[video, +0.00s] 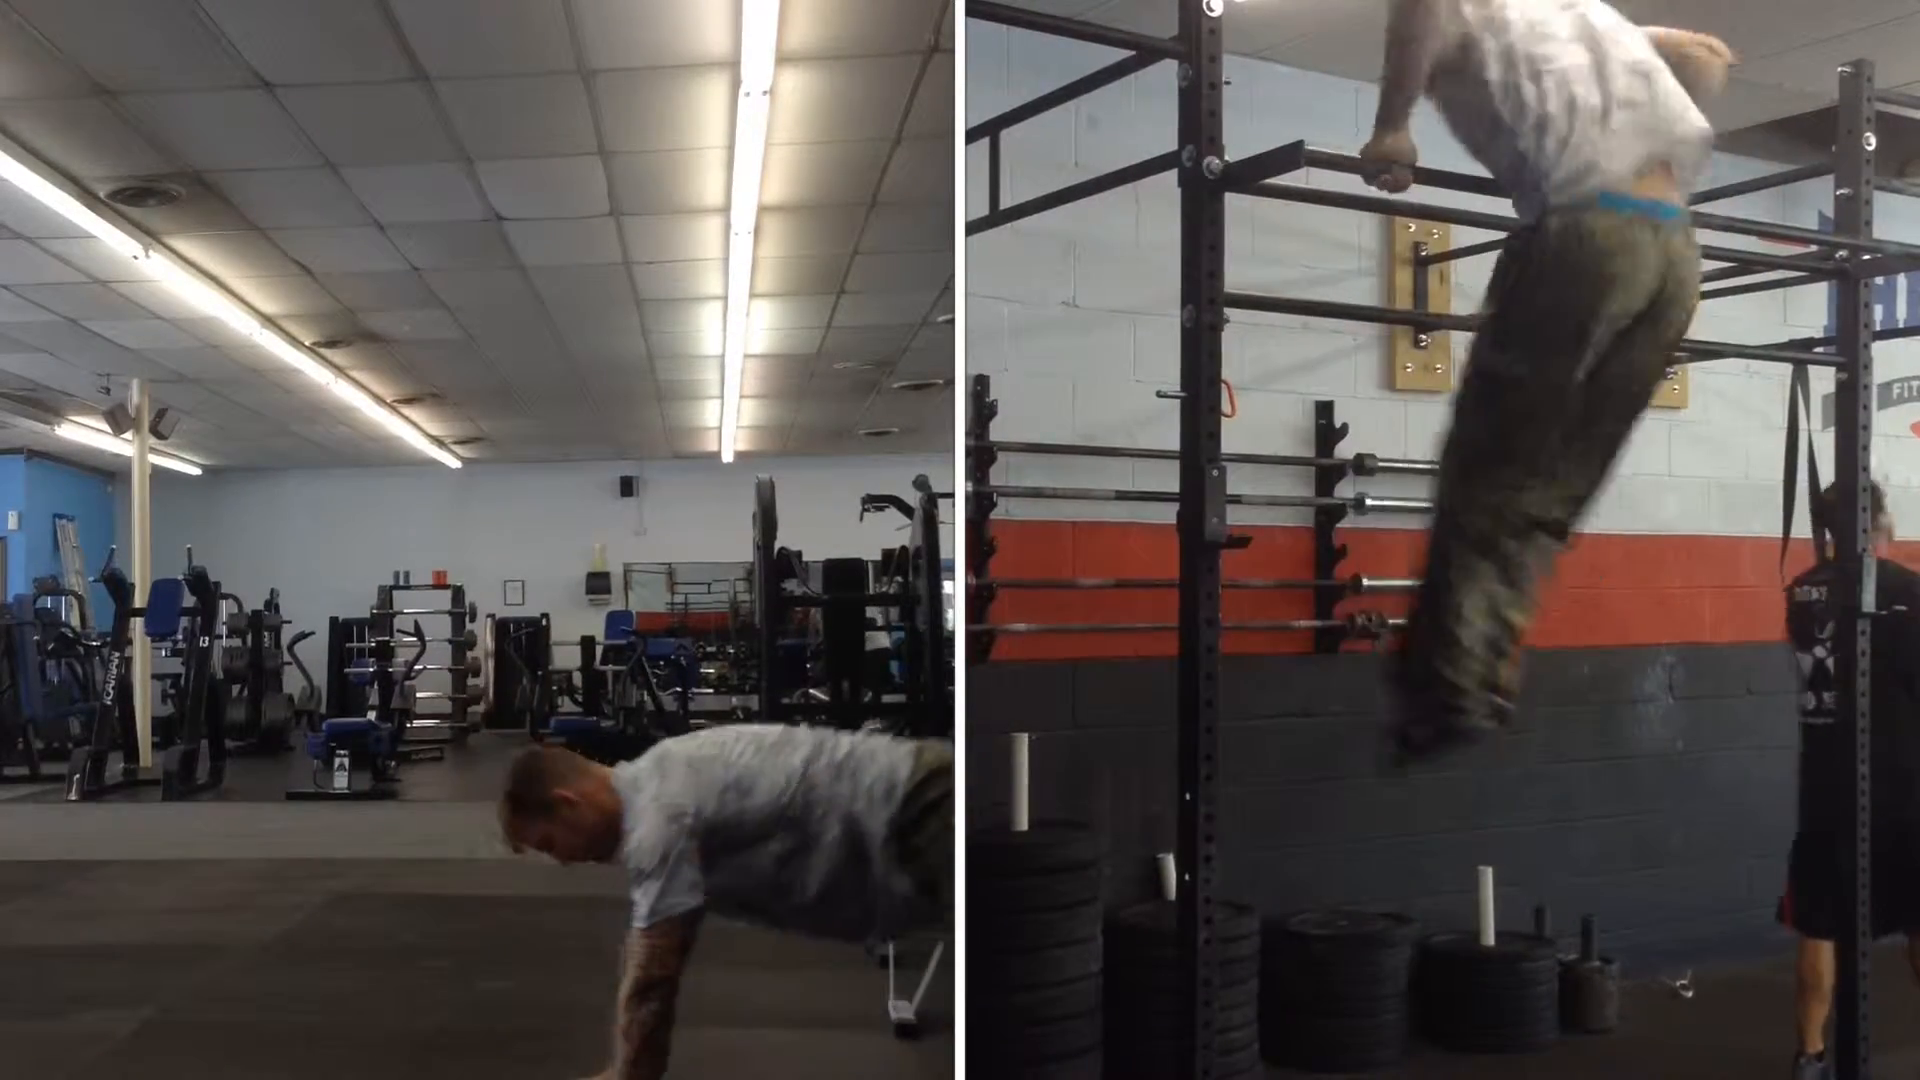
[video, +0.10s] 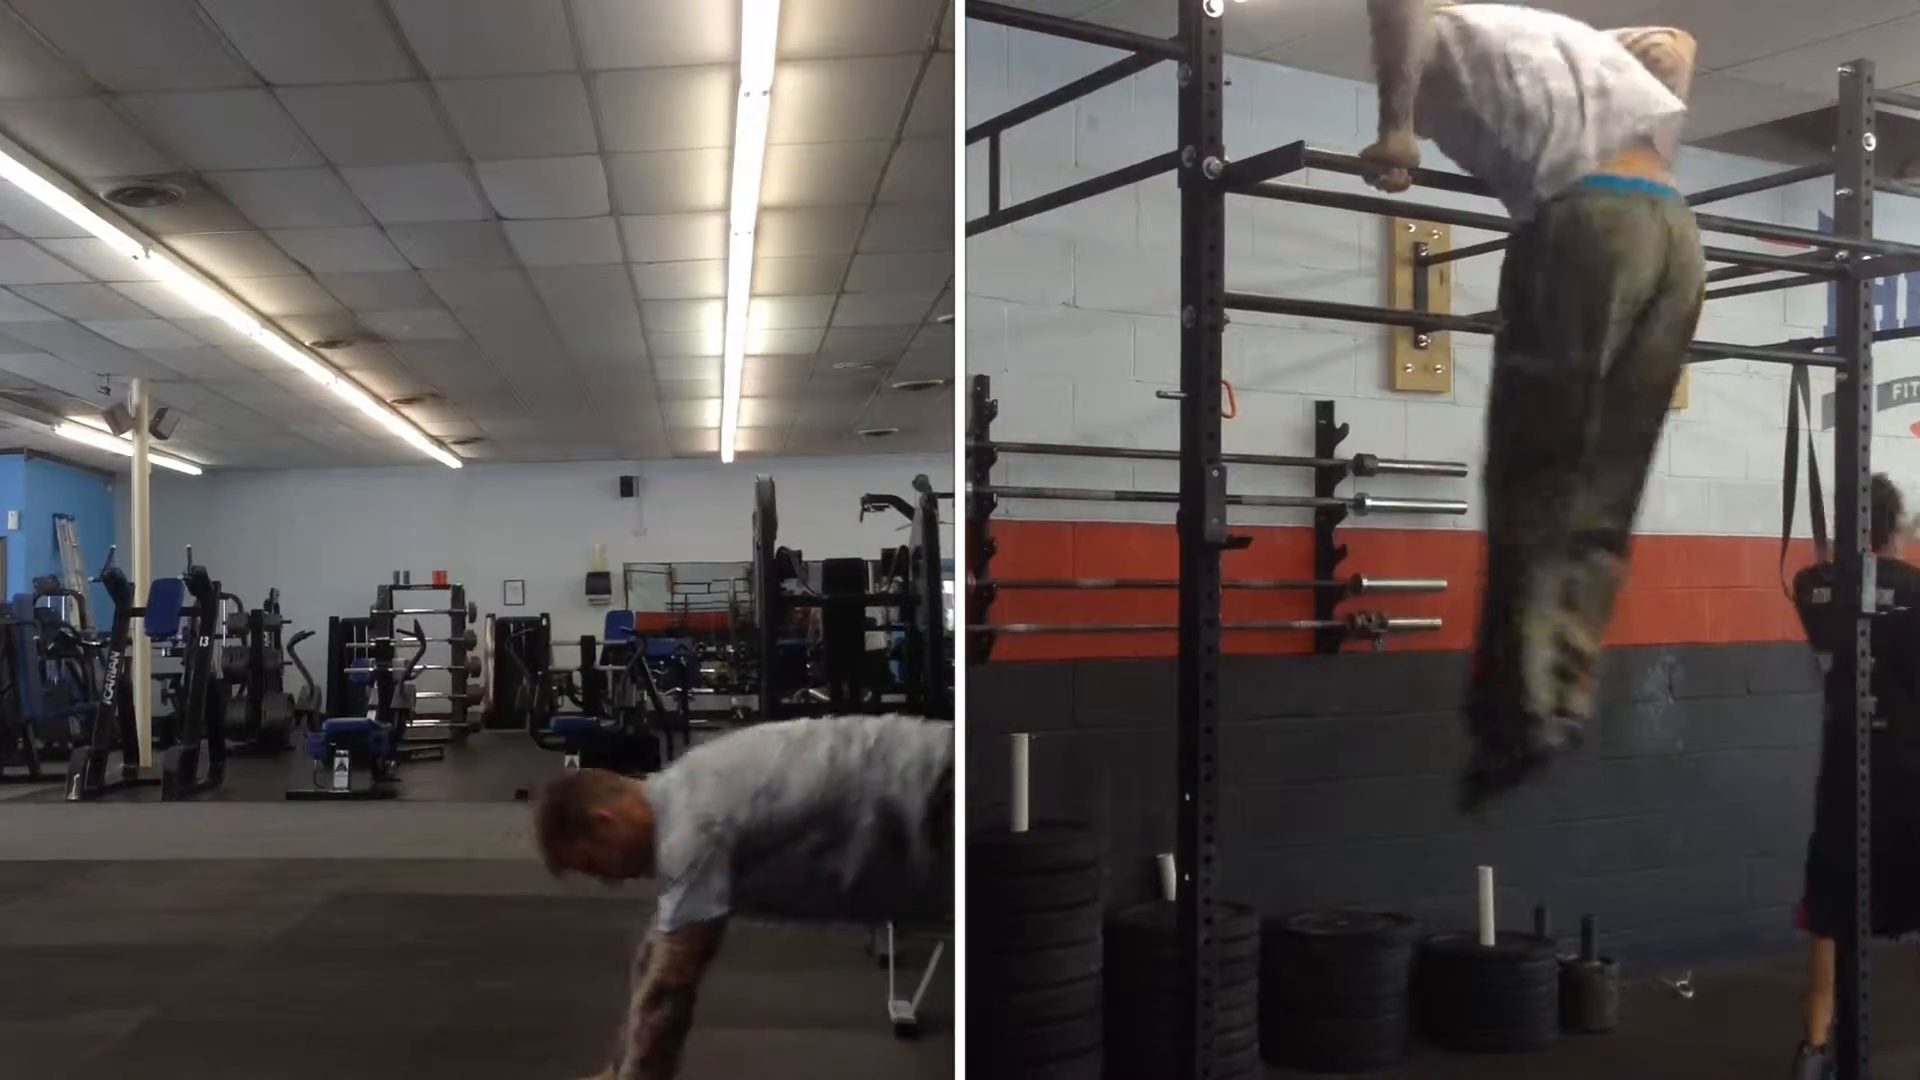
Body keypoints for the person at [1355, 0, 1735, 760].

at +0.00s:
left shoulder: (1454, 12)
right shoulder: (1593, 20)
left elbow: (1419, 8)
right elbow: (1711, 53)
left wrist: (1392, 125)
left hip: (1580, 242)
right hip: (1675, 255)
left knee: (1490, 475)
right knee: (1549, 498)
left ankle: (1448, 700)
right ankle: (1482, 681)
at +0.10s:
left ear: (1420, 28)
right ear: (1492, 16)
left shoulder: (1431, 29)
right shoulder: (1566, 44)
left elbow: (1405, 3)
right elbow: (1672, 43)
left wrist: (1395, 126)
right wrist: (1638, 156)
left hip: (1584, 228)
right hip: (1676, 237)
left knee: (1537, 479)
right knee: (1608, 492)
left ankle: (1517, 727)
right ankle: (1559, 706)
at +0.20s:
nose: (1375, 57)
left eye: (1380, 43)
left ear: (1399, 25)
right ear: (1466, 14)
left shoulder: (1413, 29)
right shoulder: (1544, 43)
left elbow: (1384, 0)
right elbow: (1657, 42)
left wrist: (1395, 125)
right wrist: (1636, 136)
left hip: (1586, 202)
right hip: (1674, 206)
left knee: (1562, 463)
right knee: (1634, 468)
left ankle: (1563, 715)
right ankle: (1614, 697)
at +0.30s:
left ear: (1401, 19)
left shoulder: (1410, 19)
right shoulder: (1542, 15)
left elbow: (1387, 3)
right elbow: (1652, 43)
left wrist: (1396, 126)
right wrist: (1643, 133)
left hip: (1581, 173)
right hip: (1668, 173)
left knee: (1575, 430)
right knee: (1643, 430)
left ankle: (1580, 684)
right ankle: (1621, 663)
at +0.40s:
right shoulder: (1559, 14)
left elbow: (1391, 9)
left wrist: (1396, 127)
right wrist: (1659, 85)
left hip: (1566, 151)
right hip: (1651, 145)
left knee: (1572, 411)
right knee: (1634, 406)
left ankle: (1576, 660)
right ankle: (1621, 655)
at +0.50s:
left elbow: (1395, 11)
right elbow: (1638, 32)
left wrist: (1395, 123)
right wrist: (1642, 121)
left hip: (1545, 113)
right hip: (1634, 101)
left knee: (1550, 362)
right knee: (1620, 361)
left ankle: (1554, 614)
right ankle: (1594, 595)